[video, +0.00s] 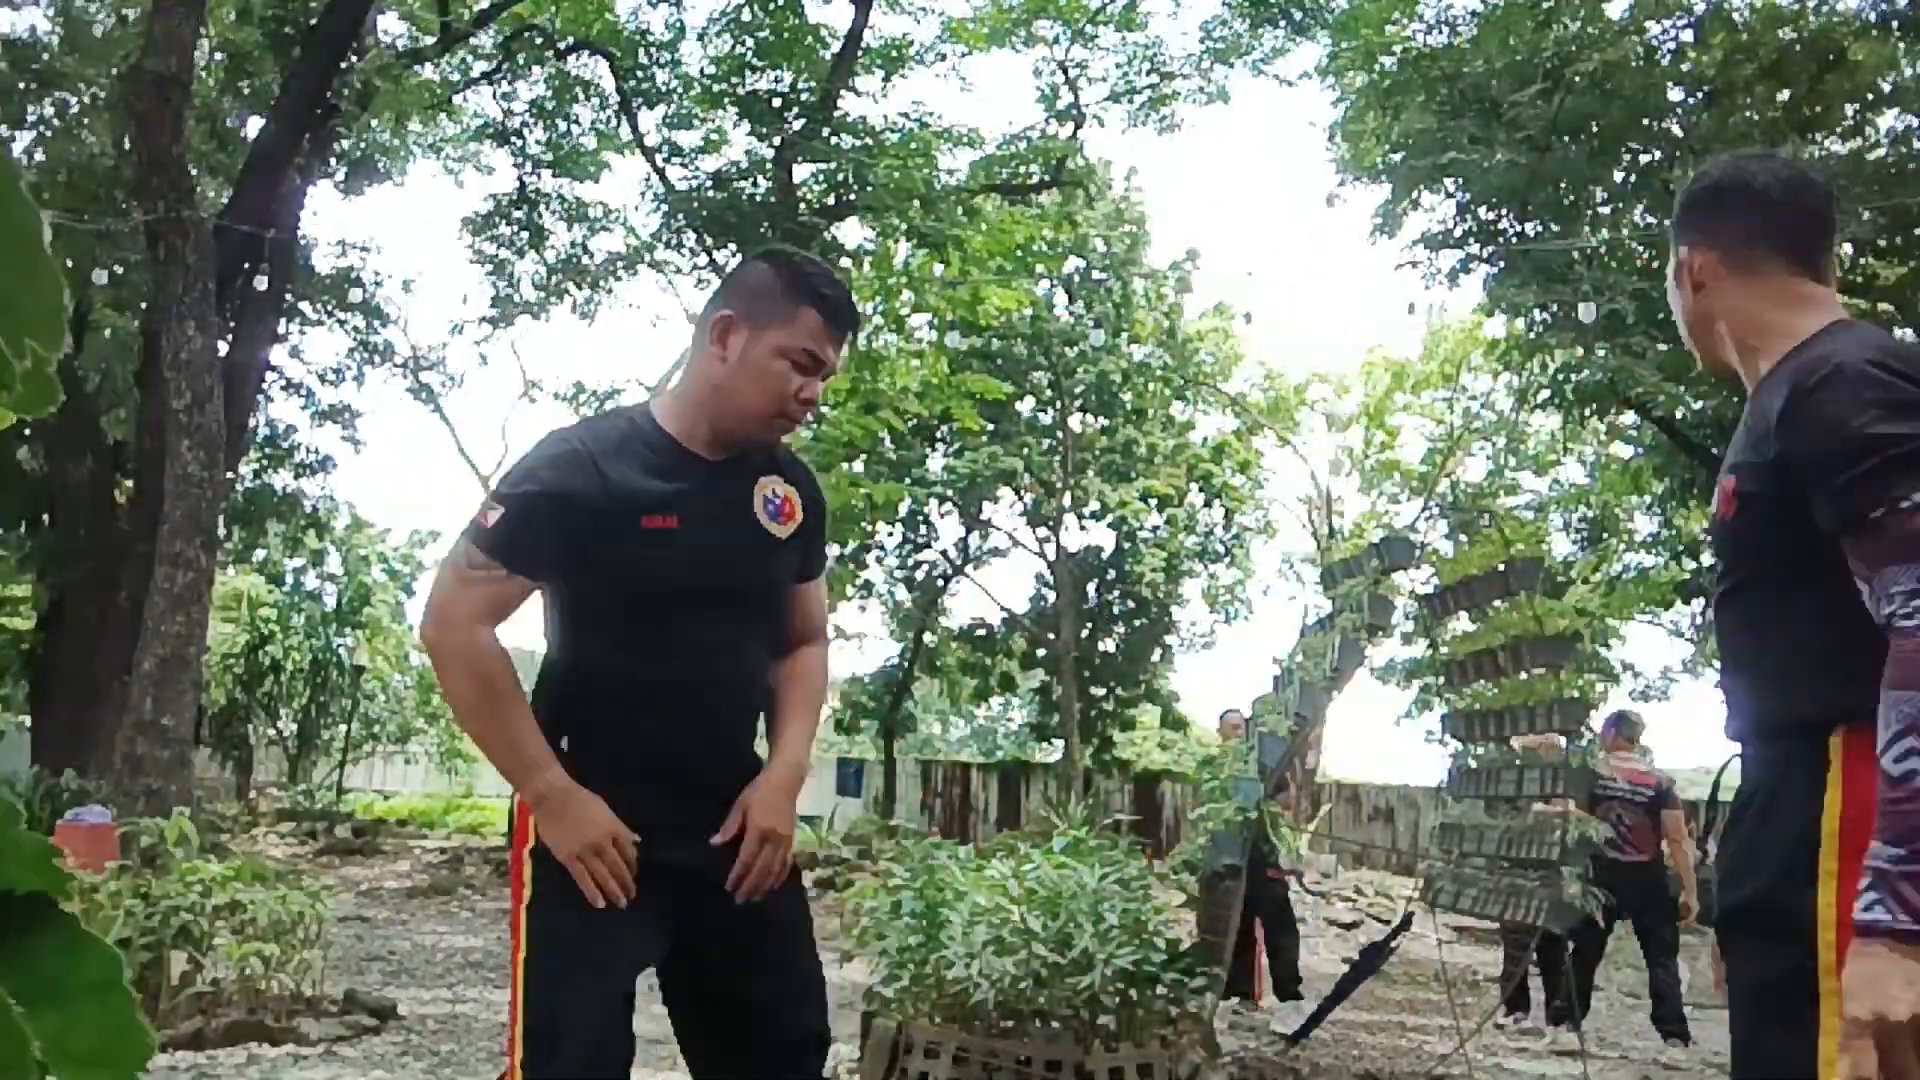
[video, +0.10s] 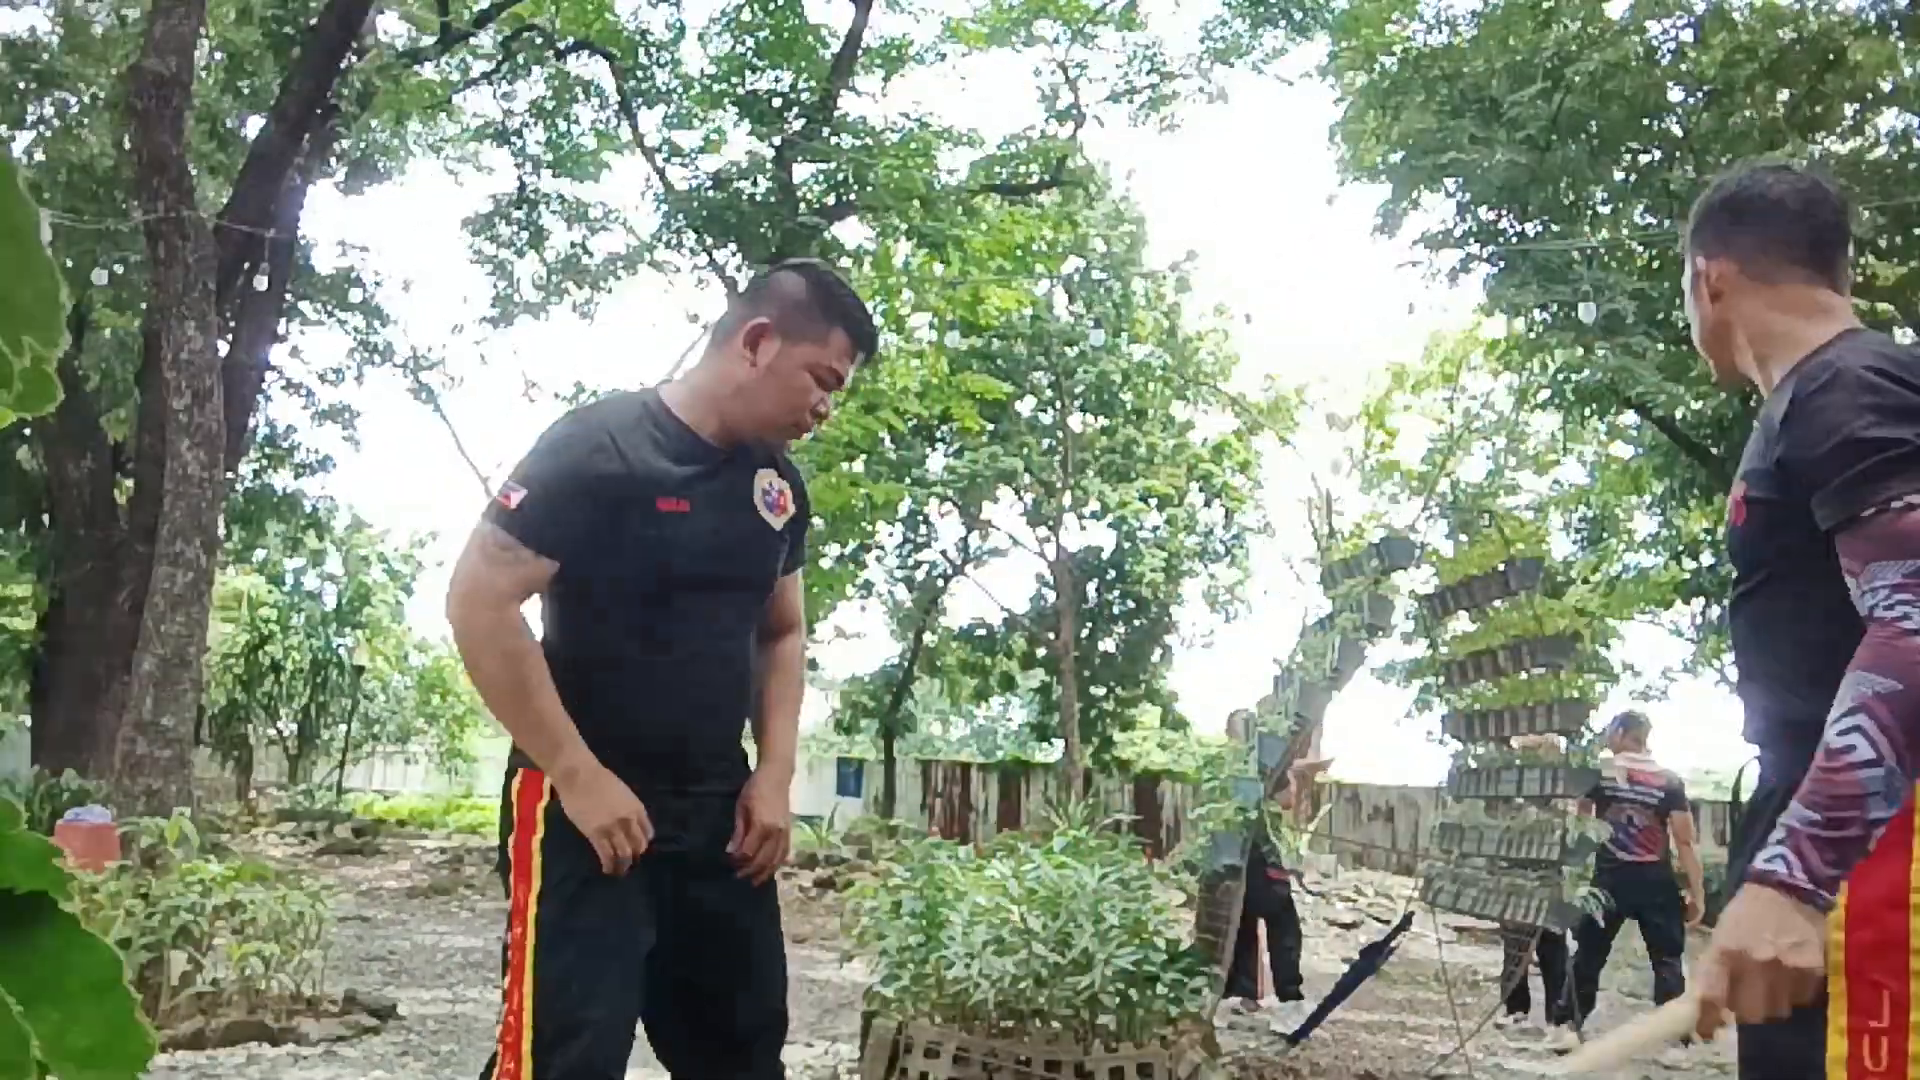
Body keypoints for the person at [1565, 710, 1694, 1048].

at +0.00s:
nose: (1600, 740)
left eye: (1603, 734)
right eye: (1602, 735)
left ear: (1612, 735)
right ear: (1638, 739)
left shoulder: (1590, 773)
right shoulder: (1659, 781)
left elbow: (1573, 822)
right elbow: (1676, 840)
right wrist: (1689, 890)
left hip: (1599, 872)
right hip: (1646, 876)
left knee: (1584, 952)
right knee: (1662, 959)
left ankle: (1568, 1022)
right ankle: (1674, 1036)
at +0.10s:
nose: (1607, 743)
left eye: (1610, 737)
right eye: (1609, 738)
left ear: (1621, 734)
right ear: (1645, 737)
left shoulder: (1599, 771)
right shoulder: (1669, 781)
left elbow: (1580, 825)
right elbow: (1684, 841)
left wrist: (1572, 871)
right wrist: (1696, 891)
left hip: (1608, 877)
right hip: (1655, 879)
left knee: (1587, 955)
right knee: (1668, 961)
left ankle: (1568, 1025)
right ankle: (1674, 1034)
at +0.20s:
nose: (1618, 740)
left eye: (1621, 734)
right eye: (1620, 734)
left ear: (1634, 734)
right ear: (1653, 738)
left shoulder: (1617, 773)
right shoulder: (1683, 780)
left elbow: (1591, 811)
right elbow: (1694, 828)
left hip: (1623, 870)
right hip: (1670, 871)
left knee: (1600, 941)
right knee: (1674, 950)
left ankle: (1574, 1012)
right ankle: (1676, 1033)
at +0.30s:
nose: (1624, 740)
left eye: (1629, 734)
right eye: (1627, 734)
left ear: (1644, 734)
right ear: (1660, 738)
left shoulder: (1624, 773)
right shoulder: (1691, 779)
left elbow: (1601, 815)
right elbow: (1704, 828)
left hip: (1628, 876)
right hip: (1678, 876)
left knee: (1602, 946)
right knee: (1676, 954)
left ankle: (1589, 1025)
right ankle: (1677, 1036)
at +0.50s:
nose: (1634, 739)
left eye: (1639, 731)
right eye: (1637, 731)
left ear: (1655, 733)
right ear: (1670, 736)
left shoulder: (1631, 771)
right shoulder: (1698, 780)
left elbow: (1616, 824)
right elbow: (1703, 840)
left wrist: (1595, 863)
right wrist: (1702, 886)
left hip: (1640, 878)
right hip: (1686, 881)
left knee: (1616, 942)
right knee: (1681, 962)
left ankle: (1639, 1022)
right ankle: (1678, 1039)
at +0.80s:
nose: (1626, 732)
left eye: (1631, 725)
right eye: (1629, 725)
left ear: (1645, 729)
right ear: (1661, 731)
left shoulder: (1634, 770)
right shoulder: (1680, 769)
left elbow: (1623, 831)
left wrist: (1605, 869)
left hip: (1645, 889)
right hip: (1680, 880)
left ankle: (1673, 1063)